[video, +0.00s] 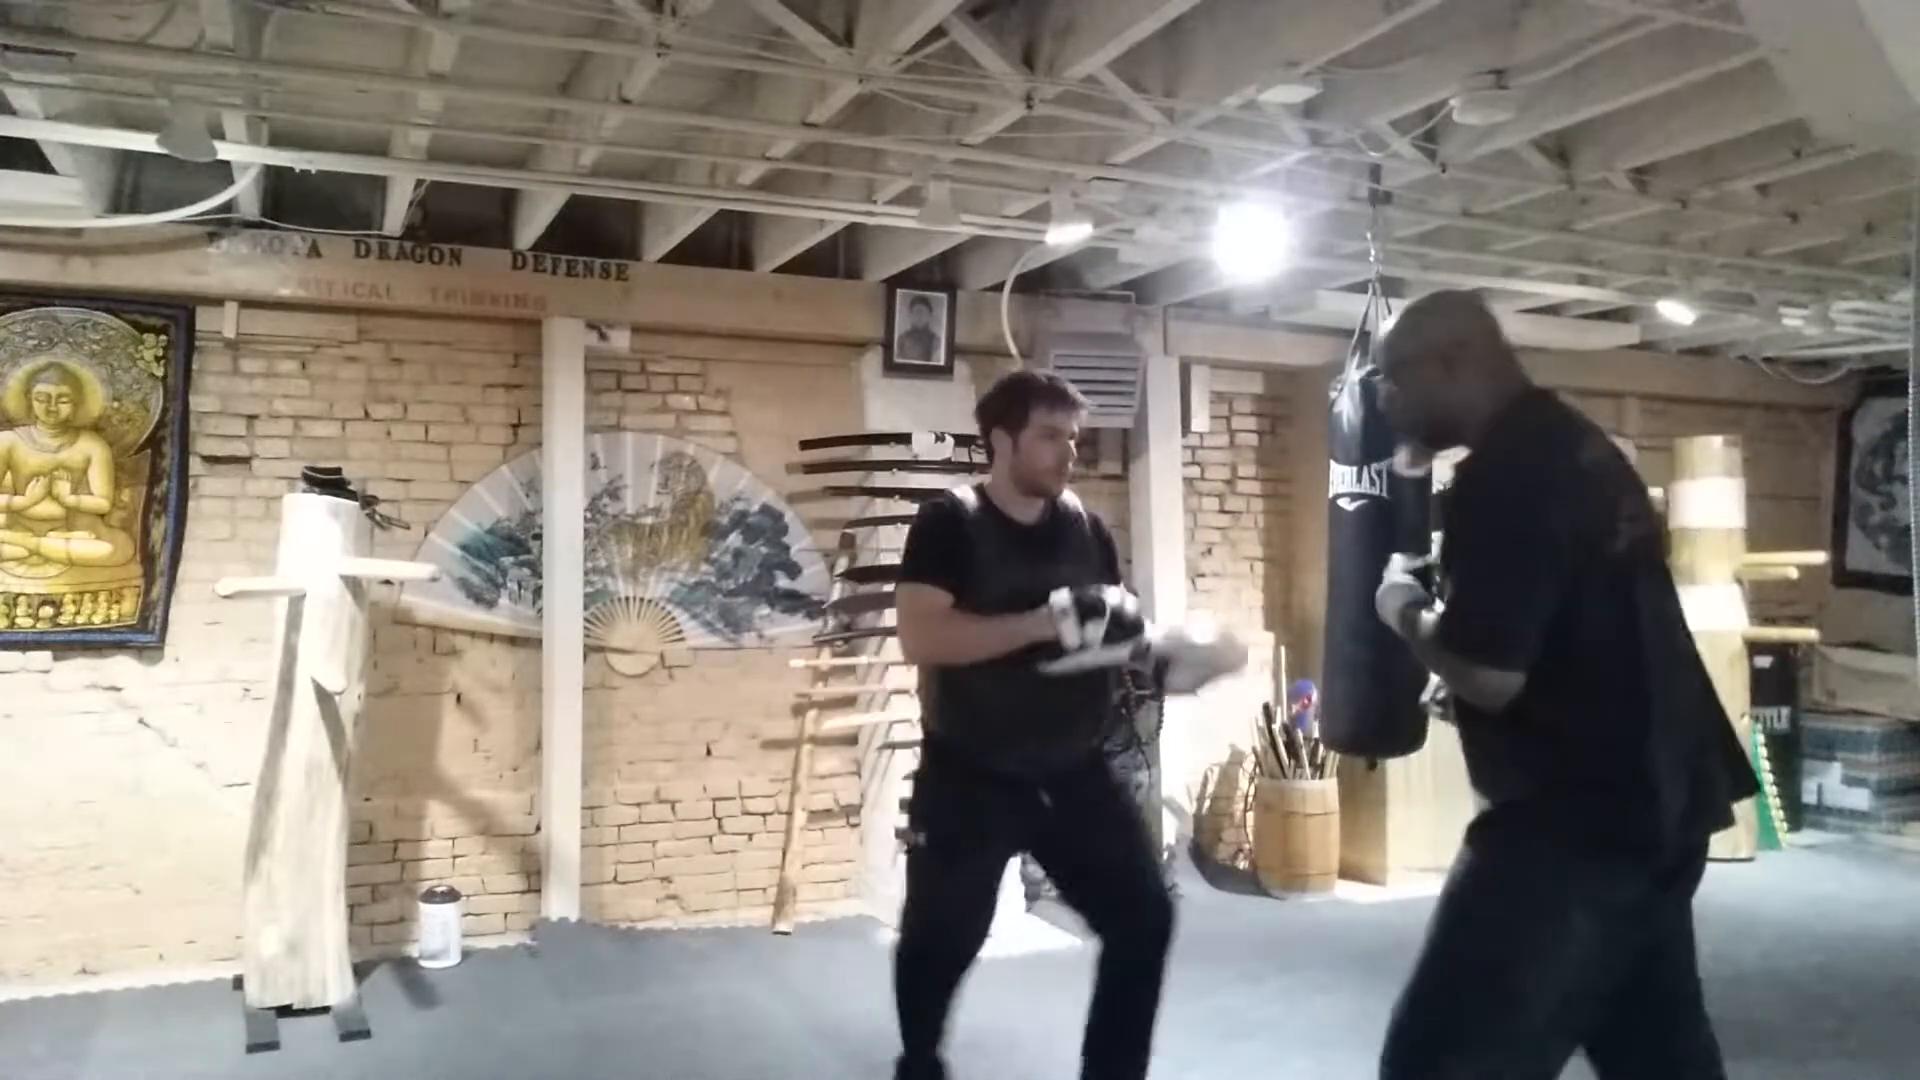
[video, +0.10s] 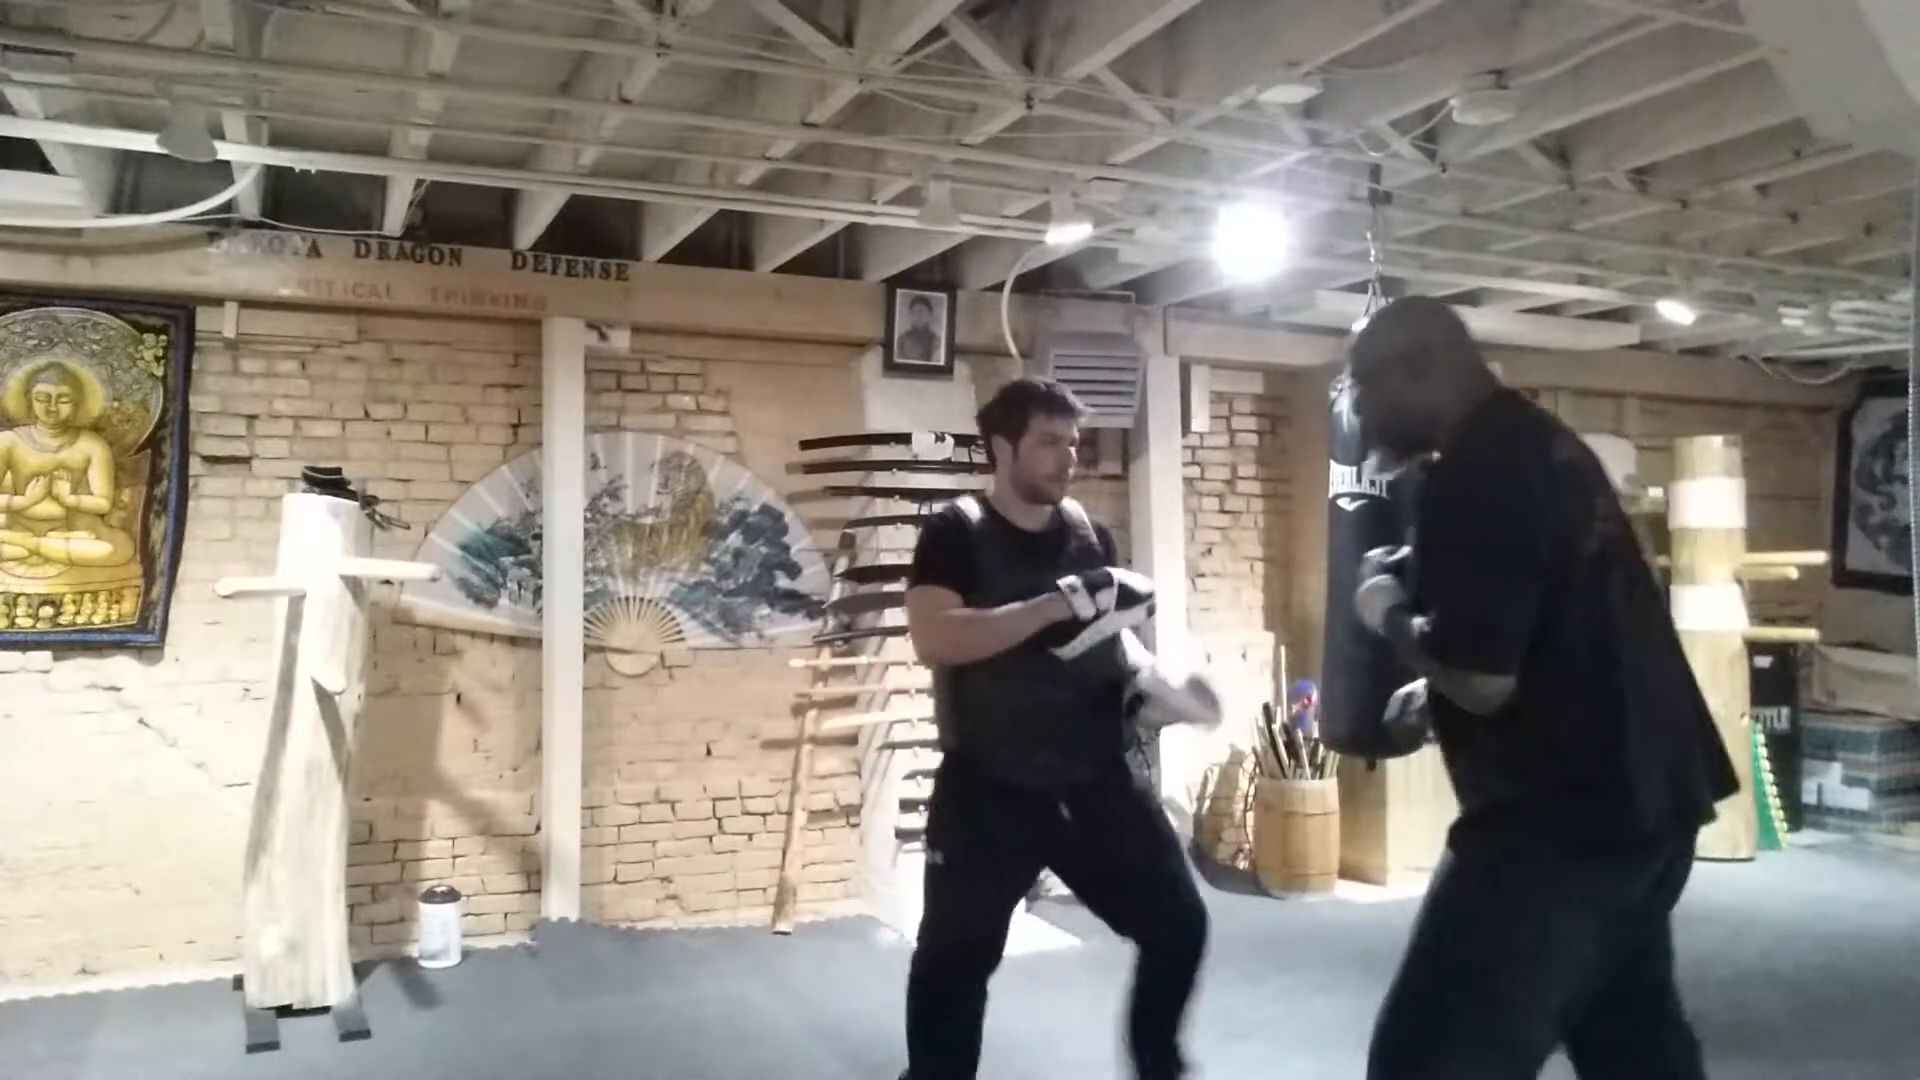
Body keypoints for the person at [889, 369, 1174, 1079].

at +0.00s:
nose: (1071, 451)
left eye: (1075, 438)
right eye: (1055, 436)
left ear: (1074, 443)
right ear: (1001, 440)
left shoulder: (1085, 529)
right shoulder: (946, 523)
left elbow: (1112, 638)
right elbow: (922, 638)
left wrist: (1175, 658)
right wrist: (1049, 623)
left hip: (1074, 776)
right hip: (968, 777)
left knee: (1143, 918)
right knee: (939, 942)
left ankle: (1111, 1074)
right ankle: (920, 1063)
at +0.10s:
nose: (1070, 456)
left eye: (1075, 443)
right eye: (1053, 442)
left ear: (1076, 447)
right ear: (1002, 445)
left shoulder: (1085, 532)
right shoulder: (954, 530)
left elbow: (1115, 642)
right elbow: (933, 638)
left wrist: (1158, 687)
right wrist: (1057, 606)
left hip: (1096, 787)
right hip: (988, 789)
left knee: (1178, 922)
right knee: (951, 965)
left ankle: (1154, 1058)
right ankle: (937, 1078)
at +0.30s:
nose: (1132, 463)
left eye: (1136, 449)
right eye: (1113, 450)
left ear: (1142, 454)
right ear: (1064, 458)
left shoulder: (1159, 545)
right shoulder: (1017, 541)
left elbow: (1176, 649)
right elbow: (964, 647)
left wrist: (1217, 671)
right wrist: (1074, 644)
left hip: (1159, 797)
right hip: (1048, 799)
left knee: (1227, 969)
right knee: (991, 965)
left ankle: (1256, 1077)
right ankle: (957, 1074)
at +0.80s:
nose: (1138, 490)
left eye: (1142, 476)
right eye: (1122, 475)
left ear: (1143, 476)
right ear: (1072, 474)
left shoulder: (1141, 561)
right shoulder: (1020, 559)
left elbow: (1147, 654)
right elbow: (986, 672)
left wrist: (1197, 659)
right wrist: (1111, 655)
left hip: (1142, 810)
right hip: (1045, 816)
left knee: (1212, 961)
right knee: (1012, 966)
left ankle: (1250, 1077)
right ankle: (910, 1069)